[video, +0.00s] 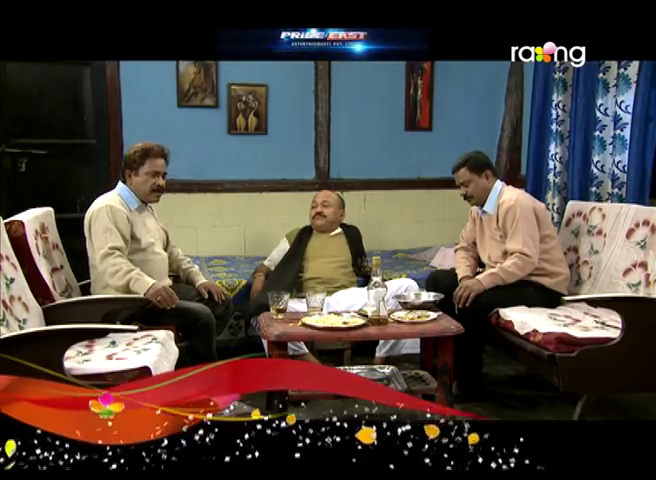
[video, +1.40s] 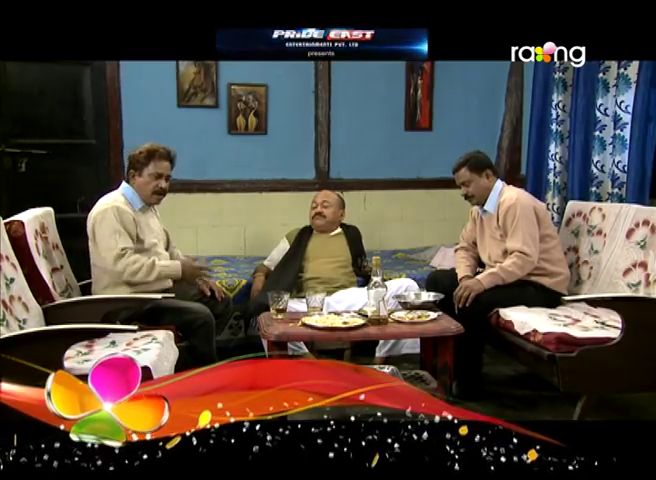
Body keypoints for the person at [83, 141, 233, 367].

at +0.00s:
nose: (160, 183)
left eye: (163, 176)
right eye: (153, 175)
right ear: (130, 175)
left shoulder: (145, 210)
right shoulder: (108, 208)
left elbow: (171, 253)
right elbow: (110, 263)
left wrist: (200, 280)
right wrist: (147, 286)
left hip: (160, 292)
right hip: (127, 303)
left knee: (220, 303)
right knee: (201, 317)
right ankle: (205, 385)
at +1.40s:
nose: (164, 185)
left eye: (167, 179)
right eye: (156, 177)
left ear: (171, 179)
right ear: (134, 176)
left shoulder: (147, 209)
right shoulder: (111, 209)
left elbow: (168, 252)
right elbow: (124, 266)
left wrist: (197, 278)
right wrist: (178, 270)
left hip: (156, 294)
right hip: (126, 303)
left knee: (219, 303)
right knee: (200, 317)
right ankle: (205, 385)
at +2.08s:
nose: (174, 188)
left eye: (179, 183)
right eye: (168, 180)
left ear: (182, 185)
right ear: (146, 177)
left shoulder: (156, 213)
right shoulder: (122, 208)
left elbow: (175, 257)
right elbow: (138, 260)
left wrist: (201, 281)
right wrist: (163, 244)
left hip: (158, 295)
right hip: (127, 304)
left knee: (219, 304)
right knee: (201, 318)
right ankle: (204, 385)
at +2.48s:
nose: (178, 190)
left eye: (183, 184)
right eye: (172, 181)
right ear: (150, 177)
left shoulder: (158, 214)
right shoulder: (126, 209)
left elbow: (177, 257)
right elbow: (141, 262)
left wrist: (201, 281)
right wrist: (164, 244)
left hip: (158, 295)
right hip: (128, 304)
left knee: (219, 304)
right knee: (200, 318)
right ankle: (205, 385)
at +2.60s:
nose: (179, 191)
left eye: (184, 185)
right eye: (174, 182)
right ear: (152, 178)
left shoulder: (158, 214)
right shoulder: (126, 210)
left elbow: (177, 257)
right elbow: (142, 263)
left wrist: (201, 281)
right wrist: (165, 244)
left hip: (157, 295)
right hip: (128, 304)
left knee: (218, 304)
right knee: (200, 318)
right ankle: (205, 386)